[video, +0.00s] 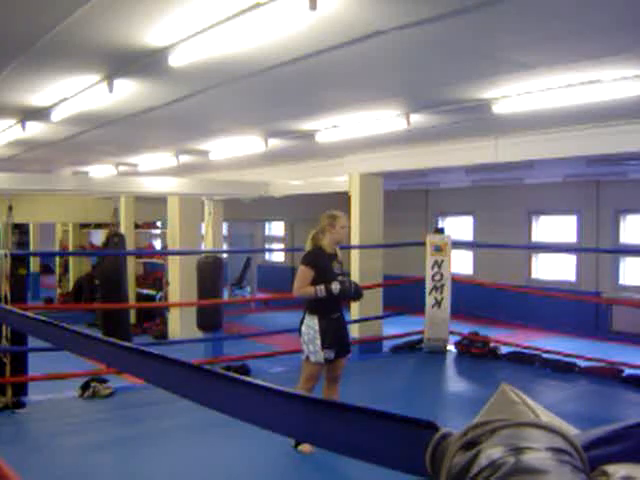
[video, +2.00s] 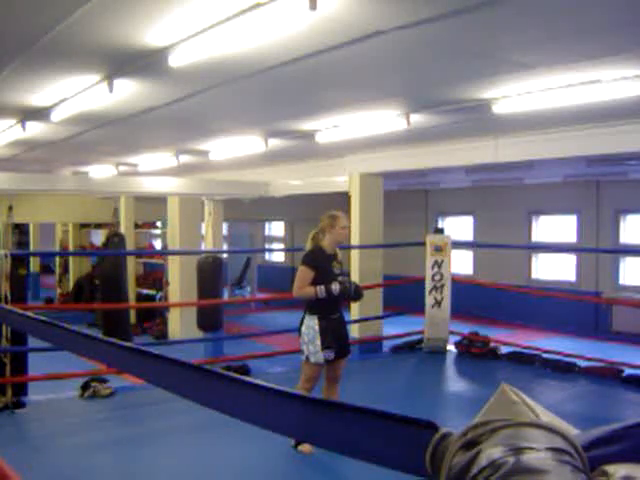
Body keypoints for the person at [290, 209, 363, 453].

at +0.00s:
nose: (346, 233)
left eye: (347, 229)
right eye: (343, 228)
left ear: (337, 230)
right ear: (329, 229)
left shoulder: (336, 258)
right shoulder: (314, 256)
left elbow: (333, 289)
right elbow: (298, 290)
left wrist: (350, 290)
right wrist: (329, 288)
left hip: (336, 317)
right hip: (316, 318)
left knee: (334, 378)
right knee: (309, 379)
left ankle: (330, 429)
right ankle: (300, 431)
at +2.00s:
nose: (347, 233)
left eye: (347, 229)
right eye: (343, 229)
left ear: (338, 230)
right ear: (328, 229)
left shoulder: (336, 258)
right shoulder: (314, 255)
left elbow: (333, 288)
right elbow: (298, 290)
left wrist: (350, 291)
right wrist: (329, 289)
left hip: (335, 317)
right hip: (316, 318)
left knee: (334, 378)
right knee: (309, 379)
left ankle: (330, 428)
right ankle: (299, 432)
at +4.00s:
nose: (348, 233)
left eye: (348, 229)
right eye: (344, 229)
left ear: (337, 231)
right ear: (330, 230)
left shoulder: (336, 258)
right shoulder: (315, 255)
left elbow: (333, 288)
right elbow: (299, 290)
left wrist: (350, 290)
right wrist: (330, 289)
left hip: (336, 317)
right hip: (316, 318)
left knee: (334, 378)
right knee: (309, 379)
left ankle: (330, 429)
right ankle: (298, 431)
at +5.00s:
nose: (351, 233)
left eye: (352, 229)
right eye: (347, 228)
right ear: (335, 228)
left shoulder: (346, 256)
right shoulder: (317, 255)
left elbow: (345, 287)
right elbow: (315, 288)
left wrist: (360, 279)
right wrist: (336, 273)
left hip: (342, 315)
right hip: (320, 315)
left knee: (338, 375)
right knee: (322, 375)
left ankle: (334, 418)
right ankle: (308, 417)